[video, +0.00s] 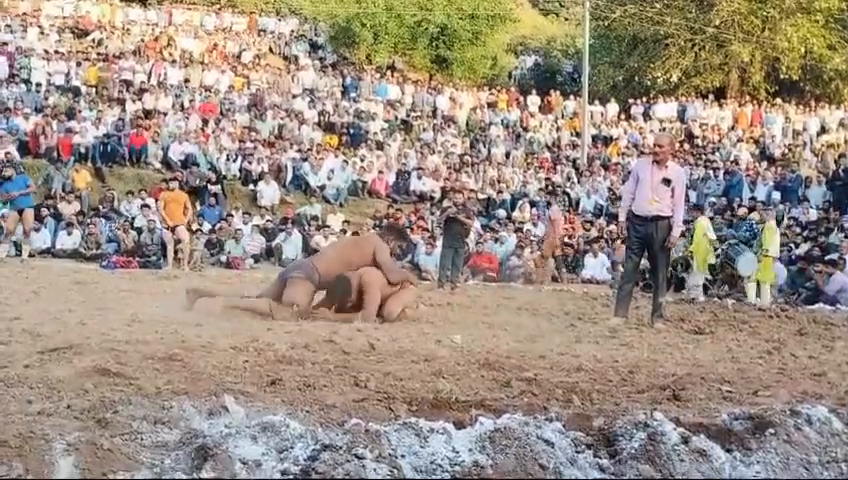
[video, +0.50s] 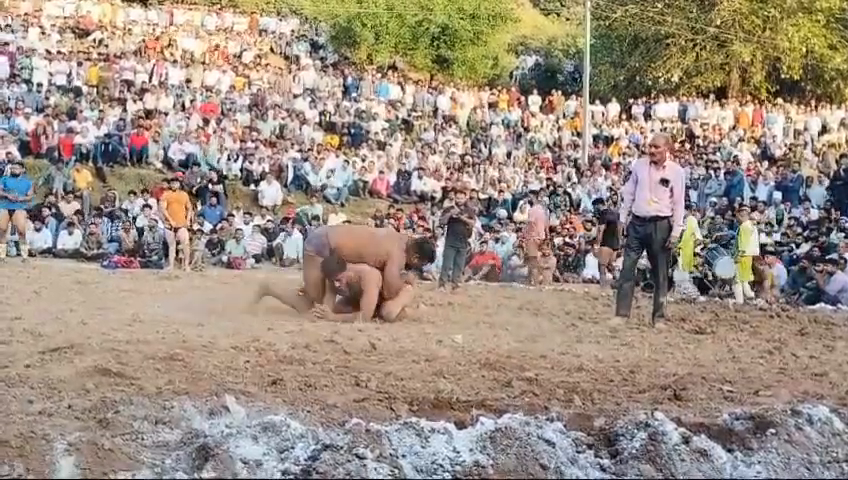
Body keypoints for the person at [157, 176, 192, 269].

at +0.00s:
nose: (172, 185)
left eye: (174, 182)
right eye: (170, 182)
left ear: (178, 183)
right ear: (168, 184)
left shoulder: (184, 195)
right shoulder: (164, 195)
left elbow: (189, 209)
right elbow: (160, 209)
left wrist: (186, 220)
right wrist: (168, 221)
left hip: (180, 222)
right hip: (167, 222)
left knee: (185, 239)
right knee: (169, 244)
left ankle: (185, 264)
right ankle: (169, 265)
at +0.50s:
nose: (174, 185)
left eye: (176, 182)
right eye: (172, 183)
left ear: (179, 184)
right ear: (169, 184)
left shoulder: (184, 195)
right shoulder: (165, 195)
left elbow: (189, 208)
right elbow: (163, 209)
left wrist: (188, 220)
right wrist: (170, 220)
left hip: (182, 224)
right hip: (169, 224)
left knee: (186, 244)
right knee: (171, 245)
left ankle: (186, 265)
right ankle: (170, 265)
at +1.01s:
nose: (191, 190)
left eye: (192, 188)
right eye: (188, 188)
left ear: (194, 189)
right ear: (184, 190)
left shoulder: (199, 202)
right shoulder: (180, 202)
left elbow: (203, 216)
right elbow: (179, 217)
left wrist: (202, 228)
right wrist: (188, 228)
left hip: (196, 231)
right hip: (184, 231)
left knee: (197, 252)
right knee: (185, 252)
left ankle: (199, 271)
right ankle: (185, 271)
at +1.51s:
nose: (223, 212)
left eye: (224, 210)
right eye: (221, 210)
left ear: (226, 212)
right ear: (216, 212)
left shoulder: (229, 223)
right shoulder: (210, 224)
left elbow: (232, 236)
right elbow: (208, 239)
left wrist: (232, 247)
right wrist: (217, 249)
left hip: (227, 252)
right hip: (214, 252)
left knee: (228, 273)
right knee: (216, 274)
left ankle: (230, 294)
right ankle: (216, 293)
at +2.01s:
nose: (216, 221)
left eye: (217, 218)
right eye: (214, 218)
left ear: (218, 220)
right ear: (208, 219)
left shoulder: (220, 231)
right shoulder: (201, 232)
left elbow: (223, 244)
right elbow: (199, 247)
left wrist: (223, 256)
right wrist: (210, 258)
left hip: (218, 260)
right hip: (206, 260)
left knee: (220, 281)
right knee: (207, 282)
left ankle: (225, 301)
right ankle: (206, 302)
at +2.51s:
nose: (214, 221)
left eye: (214, 219)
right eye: (211, 219)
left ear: (216, 220)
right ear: (206, 220)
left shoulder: (219, 233)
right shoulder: (199, 233)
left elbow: (222, 246)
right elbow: (196, 247)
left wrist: (221, 257)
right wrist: (206, 258)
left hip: (215, 261)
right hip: (203, 261)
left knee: (218, 282)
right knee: (204, 283)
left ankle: (221, 302)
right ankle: (202, 303)